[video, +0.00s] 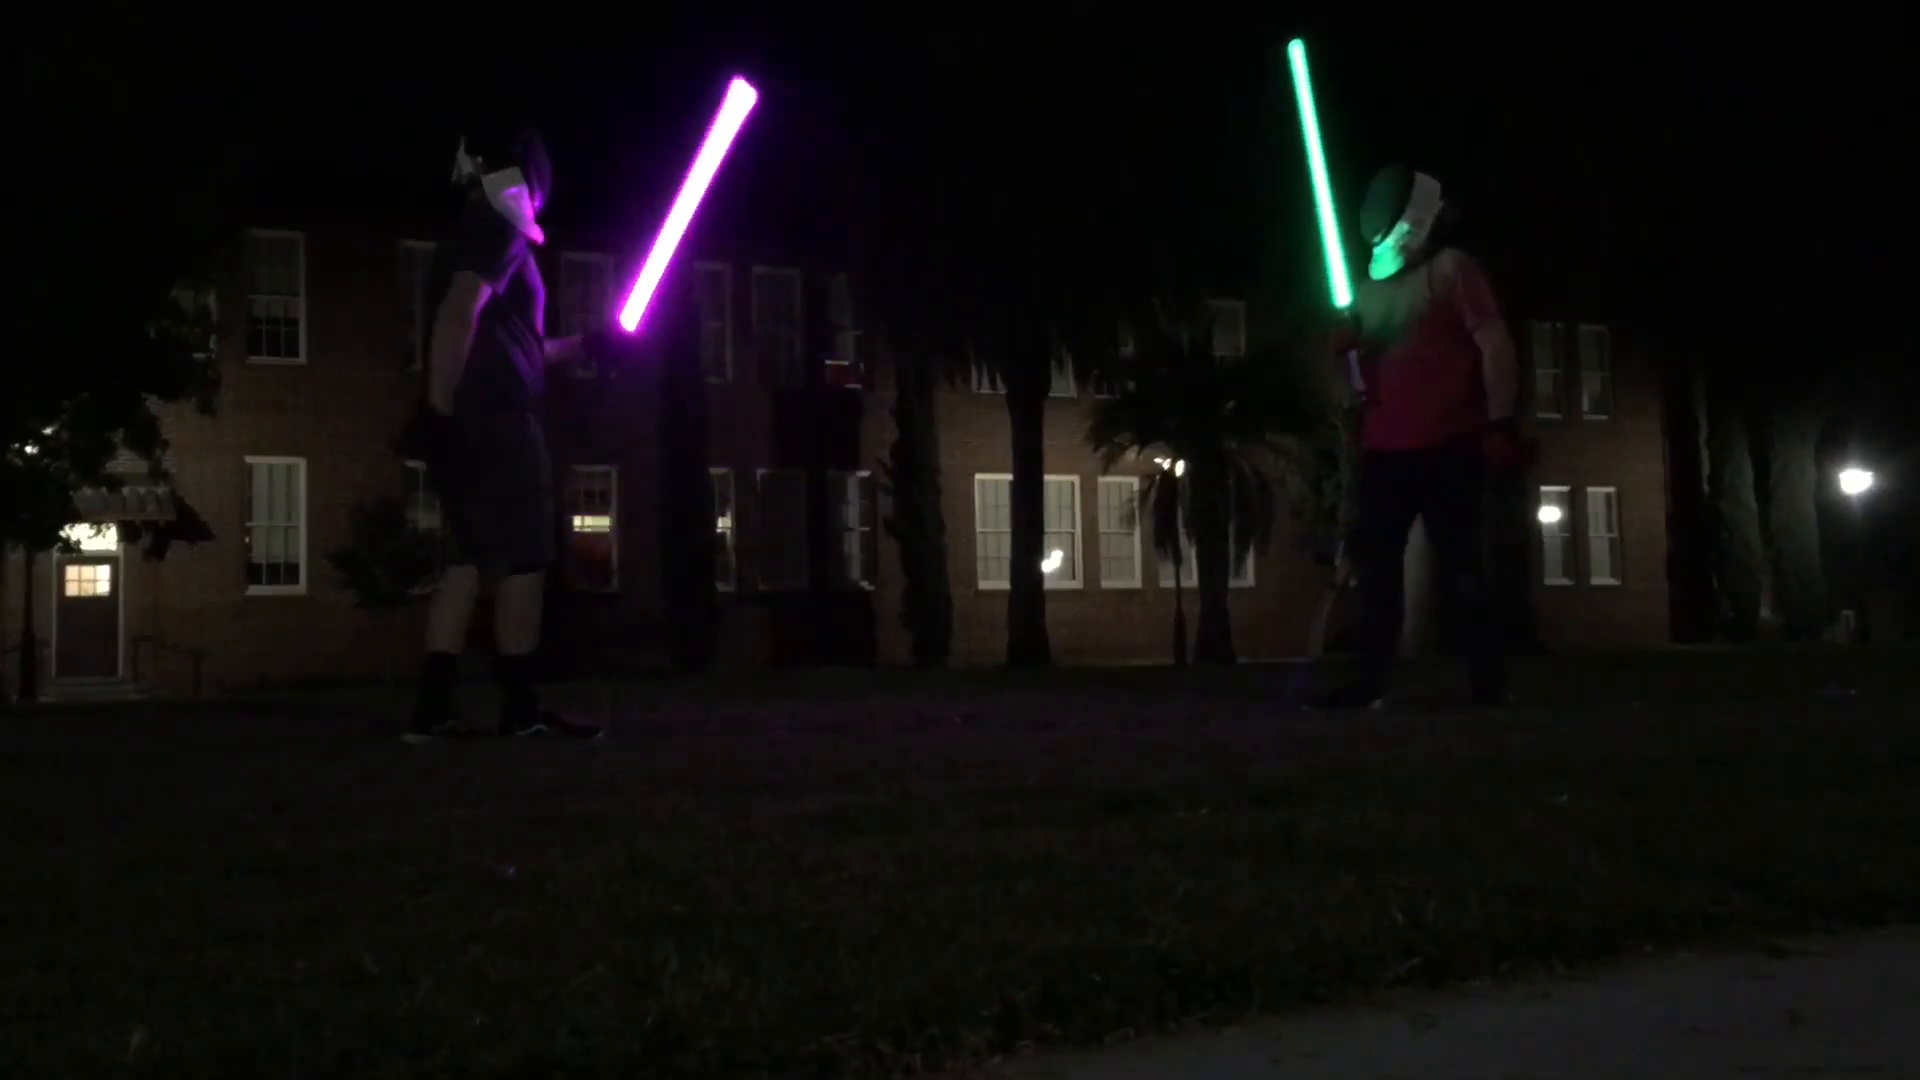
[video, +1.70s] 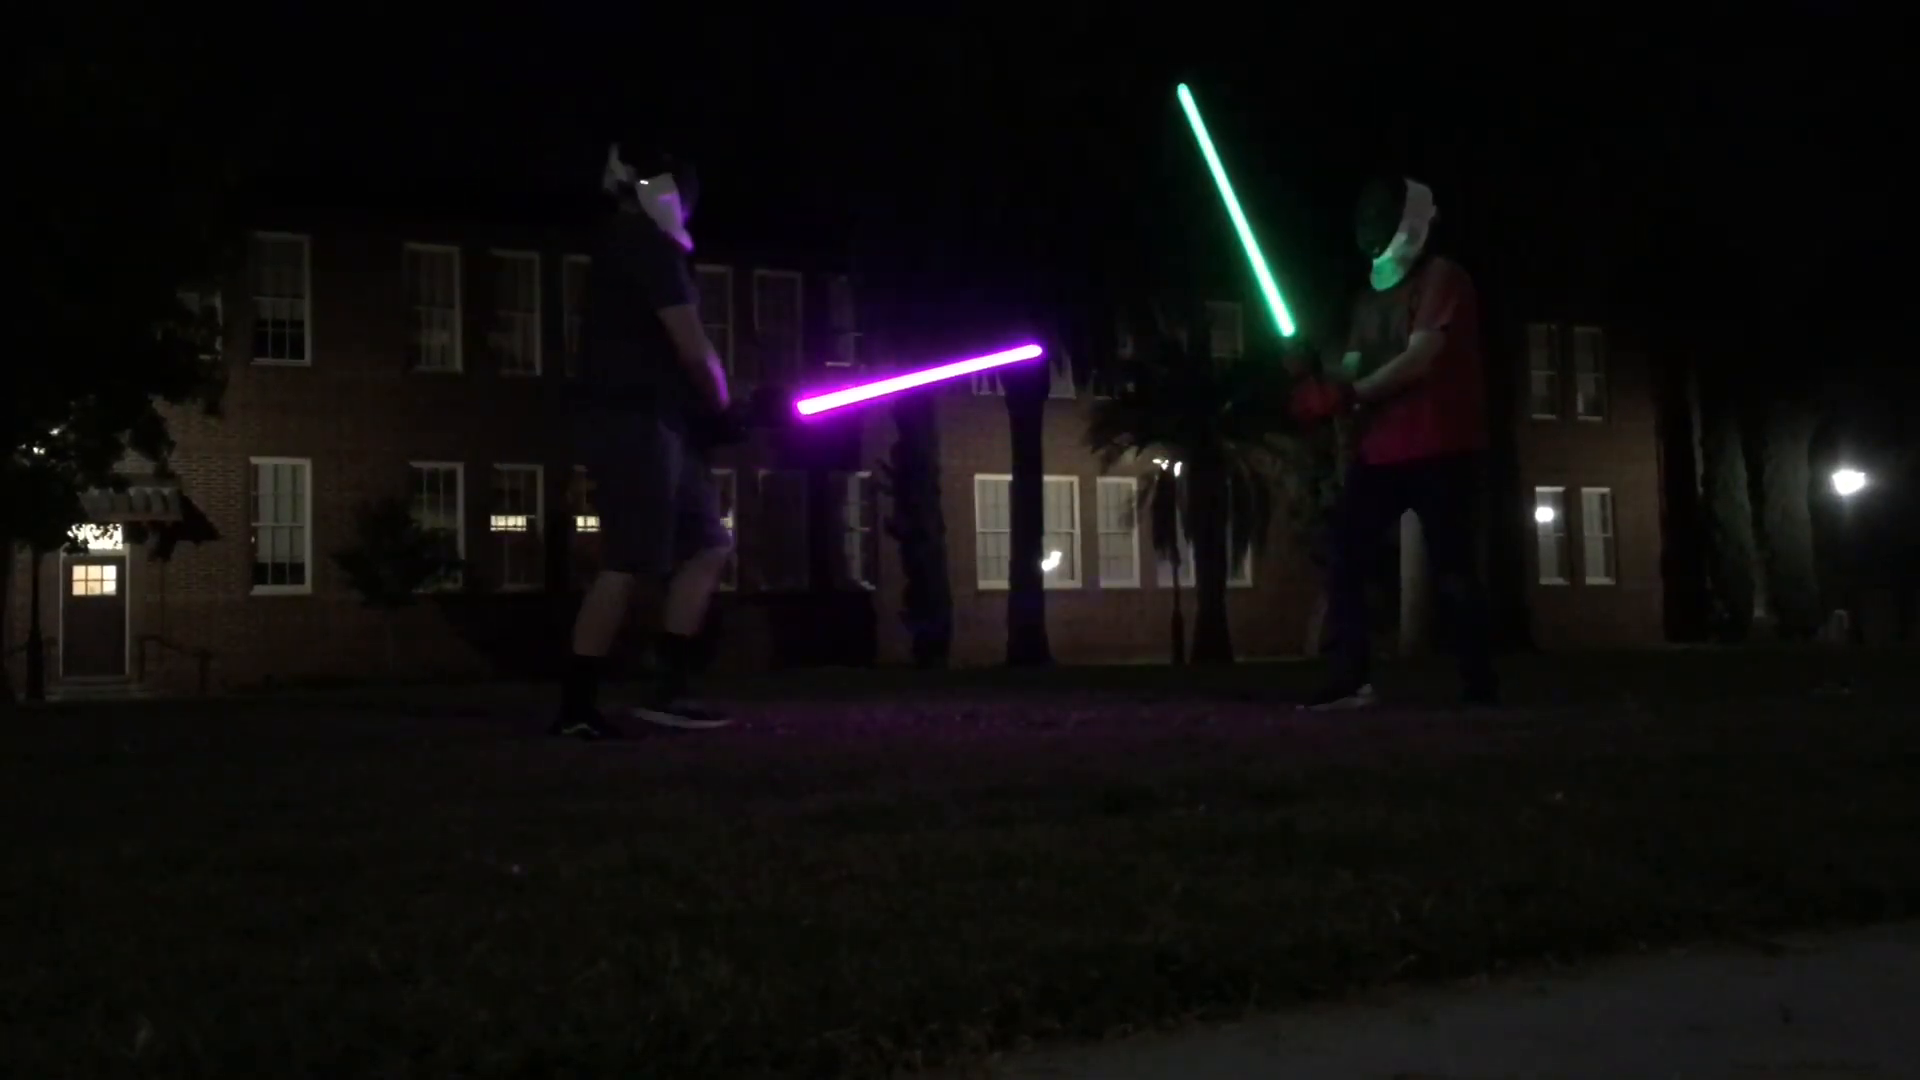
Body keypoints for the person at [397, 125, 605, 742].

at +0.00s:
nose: (539, 205)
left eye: (536, 192)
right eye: (534, 191)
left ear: (491, 185)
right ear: (517, 186)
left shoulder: (481, 239)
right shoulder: (502, 235)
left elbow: (514, 353)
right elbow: (457, 313)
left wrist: (583, 342)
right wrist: (439, 408)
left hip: (470, 424)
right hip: (502, 424)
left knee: (465, 559)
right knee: (524, 557)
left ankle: (434, 701)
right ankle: (521, 705)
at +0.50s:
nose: (549, 205)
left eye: (547, 192)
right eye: (543, 190)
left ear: (496, 187)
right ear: (522, 186)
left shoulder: (478, 239)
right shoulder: (513, 237)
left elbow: (485, 333)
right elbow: (488, 323)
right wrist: (508, 419)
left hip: (479, 426)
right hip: (529, 426)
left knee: (470, 560)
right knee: (548, 561)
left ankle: (437, 703)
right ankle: (563, 703)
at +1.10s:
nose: (575, 212)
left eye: (571, 196)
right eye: (568, 198)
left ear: (521, 194)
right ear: (547, 195)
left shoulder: (496, 245)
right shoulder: (534, 249)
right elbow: (526, 337)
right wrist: (580, 401)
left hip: (483, 428)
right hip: (531, 428)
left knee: (475, 557)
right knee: (583, 548)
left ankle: (437, 705)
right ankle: (576, 701)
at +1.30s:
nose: (614, 210)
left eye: (611, 198)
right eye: (608, 198)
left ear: (557, 197)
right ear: (590, 199)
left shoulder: (533, 247)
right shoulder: (575, 252)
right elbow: (590, 343)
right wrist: (639, 413)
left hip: (521, 427)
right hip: (566, 428)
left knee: (533, 560)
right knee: (593, 560)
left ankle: (452, 691)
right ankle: (577, 706)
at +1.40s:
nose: (628, 214)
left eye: (624, 202)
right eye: (623, 202)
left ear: (577, 198)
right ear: (605, 200)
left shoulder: (559, 243)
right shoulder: (591, 247)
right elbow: (616, 341)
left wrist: (651, 399)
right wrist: (657, 405)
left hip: (554, 421)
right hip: (581, 424)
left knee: (569, 565)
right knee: (594, 564)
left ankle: (475, 674)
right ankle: (578, 707)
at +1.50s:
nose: (640, 207)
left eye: (638, 194)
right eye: (632, 194)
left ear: (598, 196)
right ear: (607, 194)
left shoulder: (577, 244)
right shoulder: (606, 248)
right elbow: (641, 341)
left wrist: (667, 400)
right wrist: (675, 405)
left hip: (582, 419)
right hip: (597, 422)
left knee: (613, 552)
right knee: (603, 554)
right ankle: (576, 701)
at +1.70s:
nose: (687, 217)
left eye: (685, 202)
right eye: (681, 202)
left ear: (639, 200)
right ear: (656, 199)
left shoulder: (623, 250)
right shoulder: (654, 252)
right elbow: (695, 352)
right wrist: (723, 408)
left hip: (657, 427)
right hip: (636, 427)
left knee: (708, 545)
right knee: (627, 558)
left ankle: (669, 688)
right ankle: (578, 703)